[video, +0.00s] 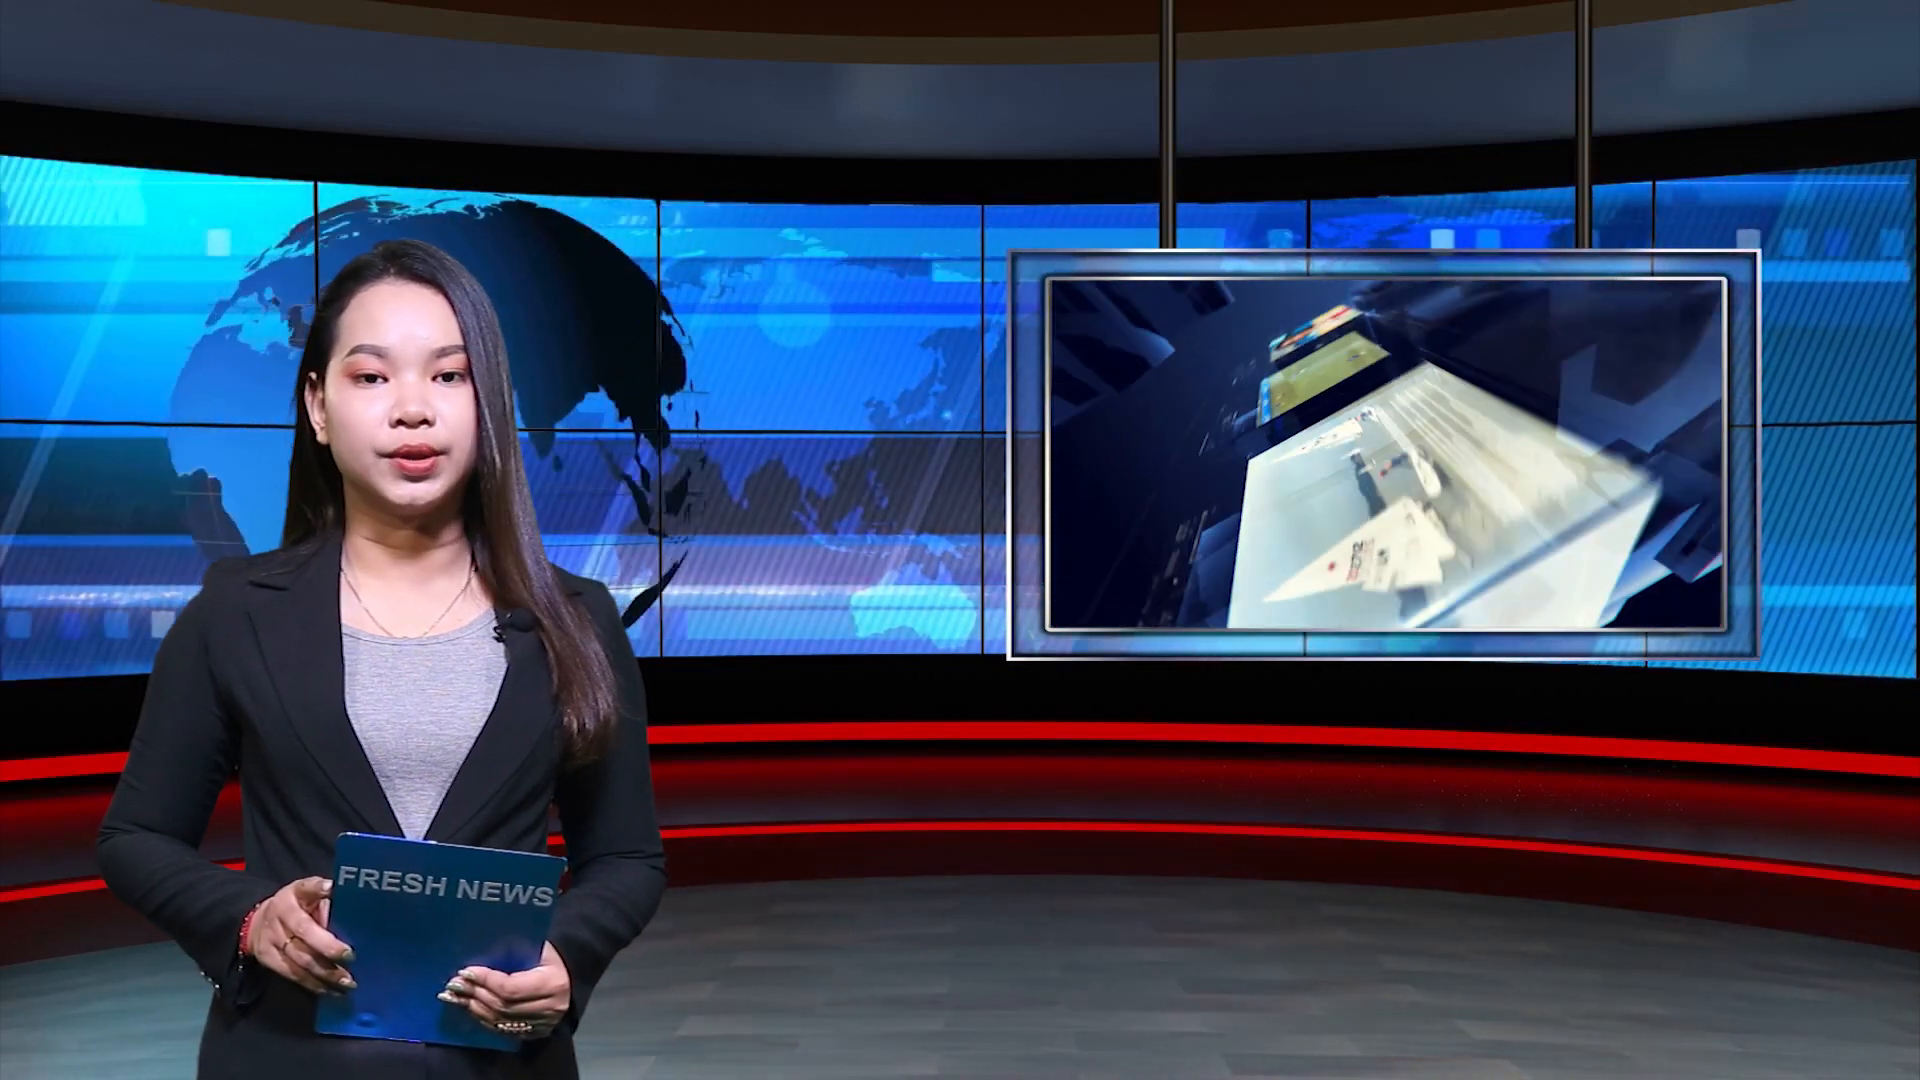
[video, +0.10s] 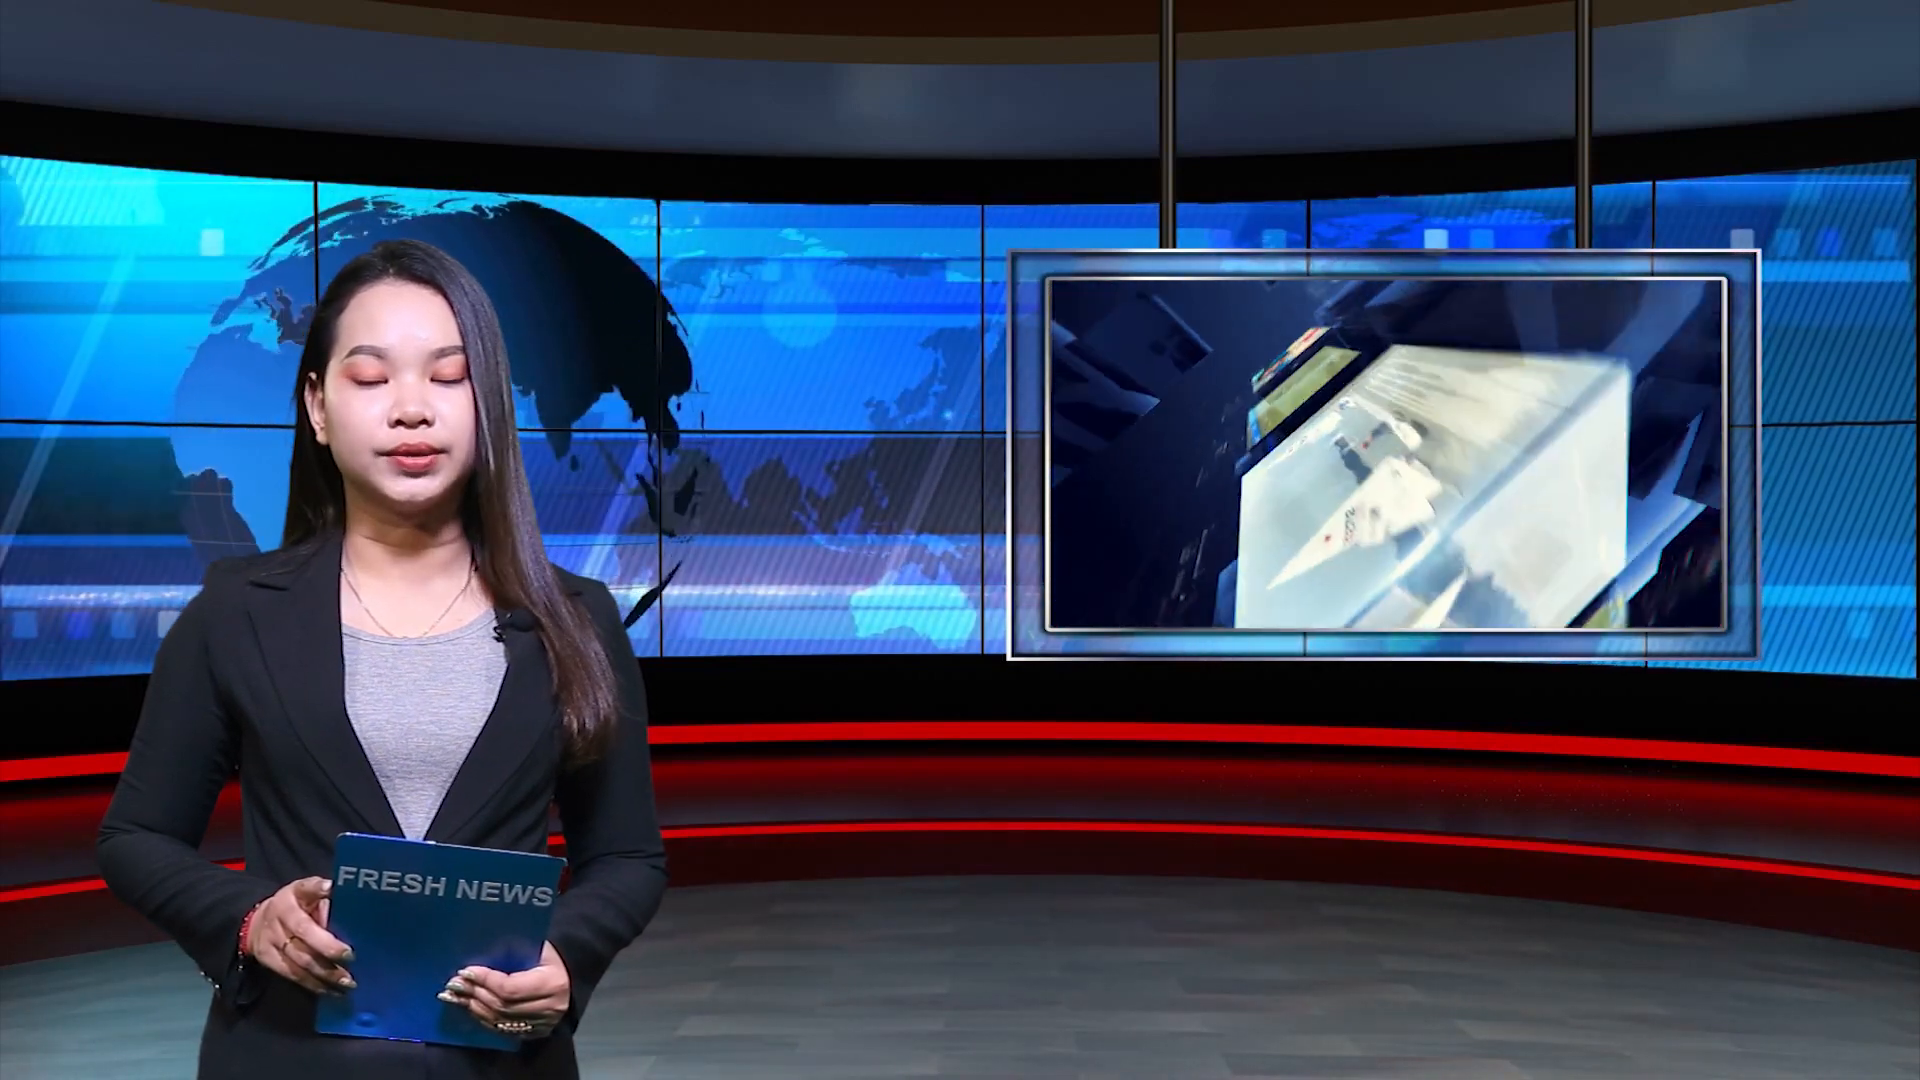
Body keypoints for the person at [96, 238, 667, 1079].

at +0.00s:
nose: (414, 408)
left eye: (449, 375)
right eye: (371, 375)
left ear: (487, 404)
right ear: (318, 409)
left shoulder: (571, 620)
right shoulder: (238, 612)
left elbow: (626, 857)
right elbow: (135, 839)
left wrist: (563, 957)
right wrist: (247, 918)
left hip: (504, 1055)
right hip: (288, 1055)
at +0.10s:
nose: (413, 407)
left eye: (448, 375)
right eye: (371, 375)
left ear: (488, 404)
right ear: (317, 409)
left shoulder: (572, 620)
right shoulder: (239, 613)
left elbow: (627, 856)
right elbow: (135, 838)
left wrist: (563, 957)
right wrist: (247, 918)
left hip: (504, 1054)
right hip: (288, 1055)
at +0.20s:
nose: (411, 408)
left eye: (445, 376)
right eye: (370, 376)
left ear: (485, 405)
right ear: (317, 410)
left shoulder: (571, 619)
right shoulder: (238, 614)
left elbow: (628, 857)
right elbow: (135, 838)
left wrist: (561, 957)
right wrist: (245, 916)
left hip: (503, 1053)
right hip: (288, 1054)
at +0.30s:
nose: (411, 408)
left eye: (444, 375)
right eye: (369, 376)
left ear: (484, 405)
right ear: (317, 410)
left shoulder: (571, 618)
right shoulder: (239, 612)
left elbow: (630, 857)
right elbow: (136, 838)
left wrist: (559, 957)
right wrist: (243, 916)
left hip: (501, 1052)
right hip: (288, 1054)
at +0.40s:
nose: (413, 410)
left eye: (446, 376)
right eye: (371, 377)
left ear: (487, 404)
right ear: (317, 408)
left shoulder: (570, 618)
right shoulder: (239, 612)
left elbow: (630, 858)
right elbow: (136, 840)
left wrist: (558, 958)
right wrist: (239, 915)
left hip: (500, 1052)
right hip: (287, 1054)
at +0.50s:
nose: (413, 413)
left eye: (447, 377)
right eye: (371, 377)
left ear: (486, 405)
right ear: (317, 407)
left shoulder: (571, 620)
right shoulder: (236, 617)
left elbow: (630, 858)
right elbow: (139, 842)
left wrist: (558, 958)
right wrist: (236, 909)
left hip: (499, 1053)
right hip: (285, 1056)